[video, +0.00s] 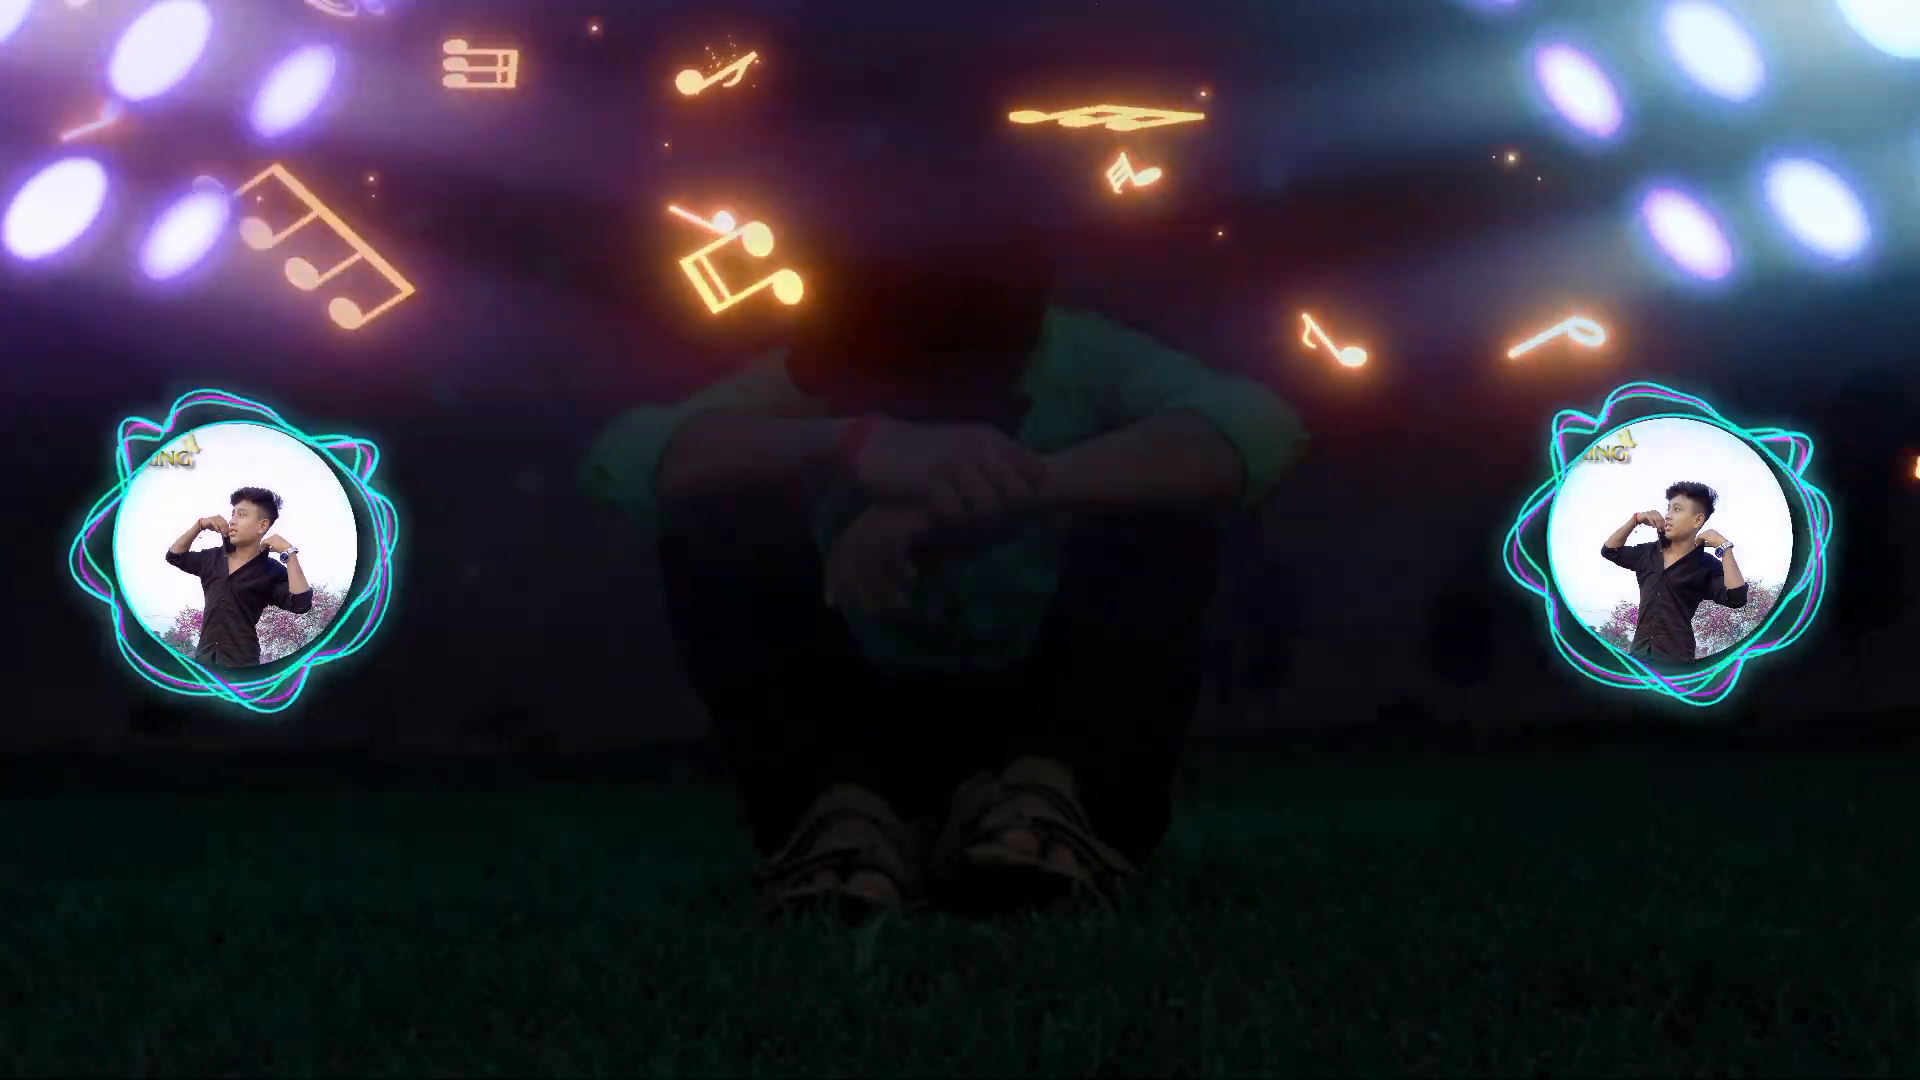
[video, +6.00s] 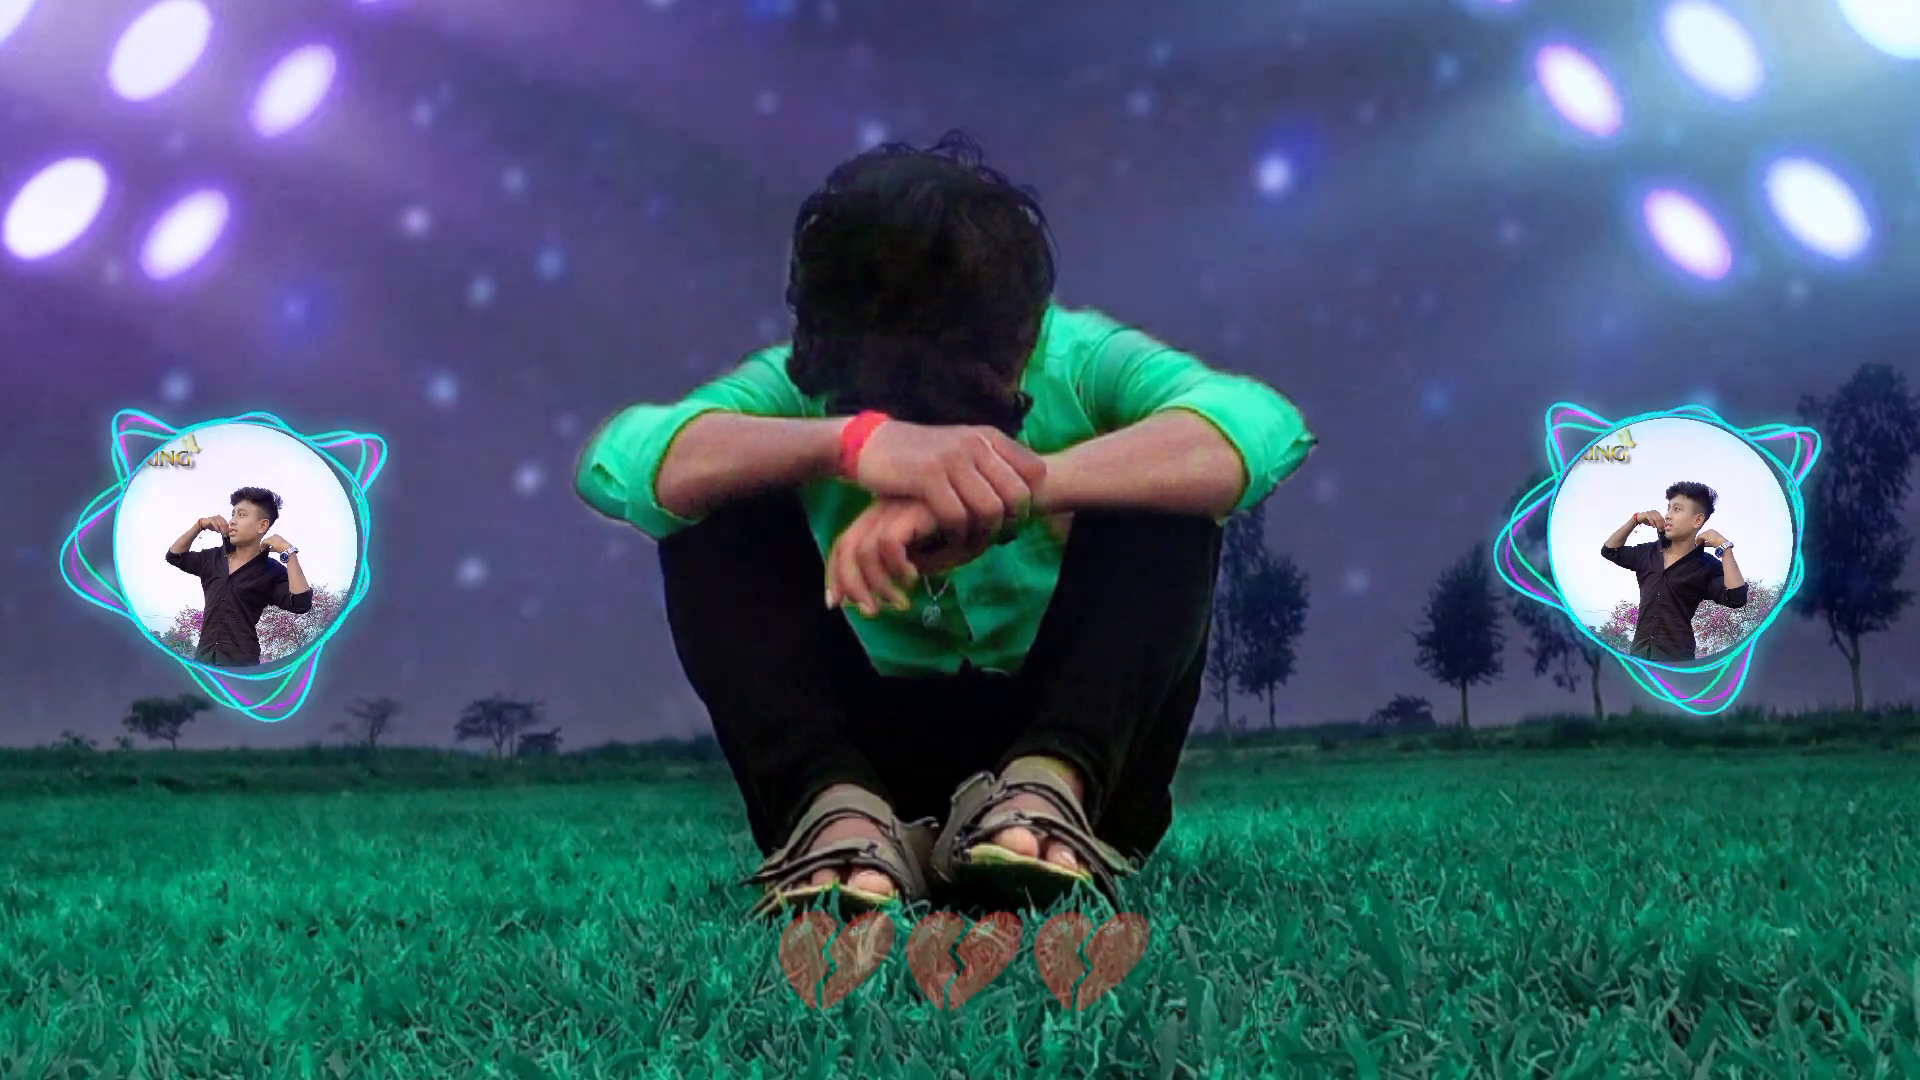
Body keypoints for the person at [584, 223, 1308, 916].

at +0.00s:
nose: (926, 423)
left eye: (951, 399)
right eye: (902, 399)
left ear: (1008, 355)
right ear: (857, 361)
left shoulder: (1077, 357)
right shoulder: (809, 375)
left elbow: (1265, 432)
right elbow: (617, 461)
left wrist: (979, 497)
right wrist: (858, 445)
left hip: (1043, 721)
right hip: (857, 725)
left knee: (1166, 498)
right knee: (720, 512)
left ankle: (1047, 793)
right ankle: (831, 819)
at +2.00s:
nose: (903, 415)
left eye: (943, 397)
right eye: (869, 388)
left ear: (1011, 340)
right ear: (820, 345)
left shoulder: (1072, 356)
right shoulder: (799, 381)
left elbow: (1265, 433)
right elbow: (610, 468)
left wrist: (994, 489)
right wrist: (852, 444)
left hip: (1041, 729)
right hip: (869, 733)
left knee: (1163, 487)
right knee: (711, 501)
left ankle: (1039, 790)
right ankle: (835, 818)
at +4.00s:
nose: (932, 443)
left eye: (967, 405)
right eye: (892, 404)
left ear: (1019, 348)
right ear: (826, 359)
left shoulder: (1073, 353)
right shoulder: (795, 382)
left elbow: (1264, 430)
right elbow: (610, 466)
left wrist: (988, 493)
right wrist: (853, 445)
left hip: (1046, 735)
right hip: (861, 744)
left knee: (1165, 488)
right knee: (715, 504)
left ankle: (1039, 790)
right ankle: (840, 812)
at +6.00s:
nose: (907, 450)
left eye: (945, 416)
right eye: (866, 408)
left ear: (1019, 358)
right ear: (815, 361)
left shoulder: (1079, 356)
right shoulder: (795, 381)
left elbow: (1265, 429)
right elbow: (612, 467)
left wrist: (999, 491)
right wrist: (852, 446)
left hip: (1059, 746)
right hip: (864, 752)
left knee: (1167, 486)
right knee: (712, 502)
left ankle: (1043, 790)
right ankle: (836, 818)